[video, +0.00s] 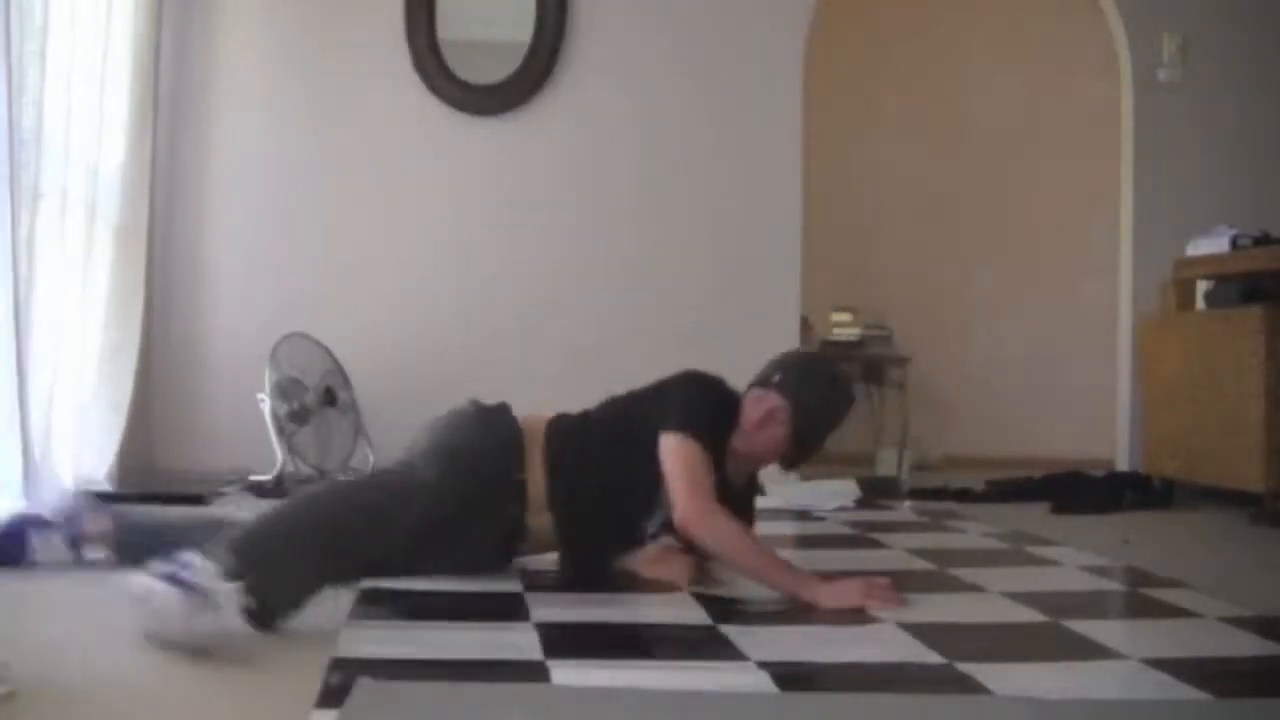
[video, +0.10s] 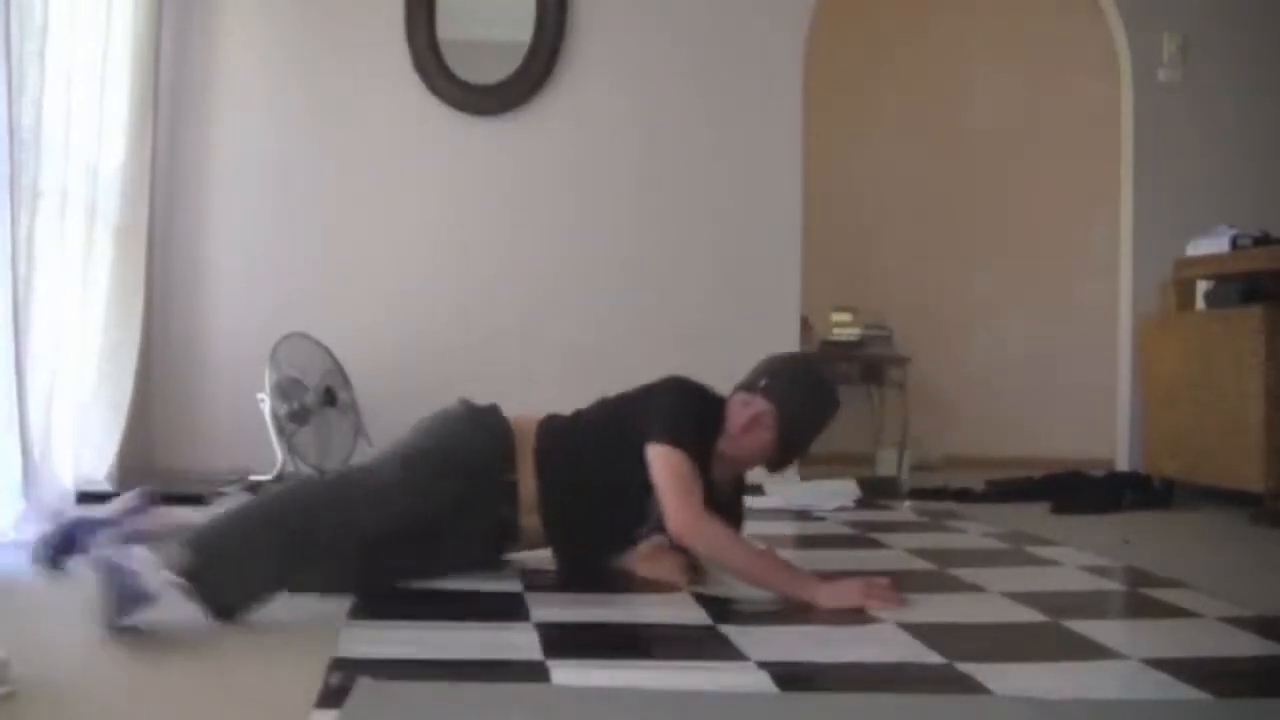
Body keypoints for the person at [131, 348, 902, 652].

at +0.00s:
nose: (766, 443)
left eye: (781, 443)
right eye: (774, 424)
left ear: (781, 443)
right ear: (761, 396)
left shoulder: (705, 491)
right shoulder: (698, 397)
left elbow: (596, 562)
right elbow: (701, 513)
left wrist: (667, 564)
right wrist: (811, 591)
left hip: (501, 533)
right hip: (498, 448)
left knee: (334, 544)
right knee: (399, 506)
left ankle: (110, 525)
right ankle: (220, 580)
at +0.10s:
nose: (751, 435)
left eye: (767, 437)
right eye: (759, 416)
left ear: (771, 447)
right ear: (748, 395)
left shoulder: (703, 493)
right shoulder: (680, 402)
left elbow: (603, 560)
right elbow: (692, 524)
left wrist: (658, 563)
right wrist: (807, 588)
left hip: (494, 532)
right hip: (488, 451)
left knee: (341, 559)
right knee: (355, 504)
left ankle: (146, 536)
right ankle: (170, 569)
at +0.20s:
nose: (731, 418)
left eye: (747, 416)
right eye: (737, 400)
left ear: (751, 427)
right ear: (718, 382)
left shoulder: (690, 479)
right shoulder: (658, 401)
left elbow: (621, 556)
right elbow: (688, 516)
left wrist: (684, 580)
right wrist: (805, 591)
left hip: (486, 532)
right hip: (469, 450)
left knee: (390, 575)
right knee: (314, 488)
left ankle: (249, 553)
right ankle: (114, 538)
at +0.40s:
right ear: (918, 430)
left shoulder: (798, 439)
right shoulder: (906, 416)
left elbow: (750, 479)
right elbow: (968, 463)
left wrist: (749, 578)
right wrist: (917, 565)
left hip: (685, 349)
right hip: (745, 363)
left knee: (480, 357)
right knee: (647, 563)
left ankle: (535, 159)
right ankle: (493, 398)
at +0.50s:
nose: (836, 507)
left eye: (836, 504)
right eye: (857, 502)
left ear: (833, 483)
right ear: (870, 477)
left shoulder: (784, 461)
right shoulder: (880, 429)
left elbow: (759, 504)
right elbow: (960, 452)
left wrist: (748, 579)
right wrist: (913, 565)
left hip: (705, 356)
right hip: (766, 368)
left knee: (502, 301)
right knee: (666, 556)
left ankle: (570, 112)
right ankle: (545, 359)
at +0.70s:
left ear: (716, 488)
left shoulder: (723, 440)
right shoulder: (843, 452)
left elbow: (736, 480)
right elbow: (921, 456)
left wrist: (739, 566)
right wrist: (912, 555)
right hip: (789, 333)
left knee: (567, 263)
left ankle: (639, 97)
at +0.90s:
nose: (768, 548)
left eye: (741, 534)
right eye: (762, 539)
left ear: (706, 501)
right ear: (767, 499)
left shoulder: (707, 453)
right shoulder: (798, 448)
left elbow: (721, 484)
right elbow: (890, 441)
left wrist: (738, 570)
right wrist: (910, 555)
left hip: (718, 364)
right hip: (794, 327)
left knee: (608, 254)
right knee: (974, 390)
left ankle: (611, 120)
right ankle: (998, 273)